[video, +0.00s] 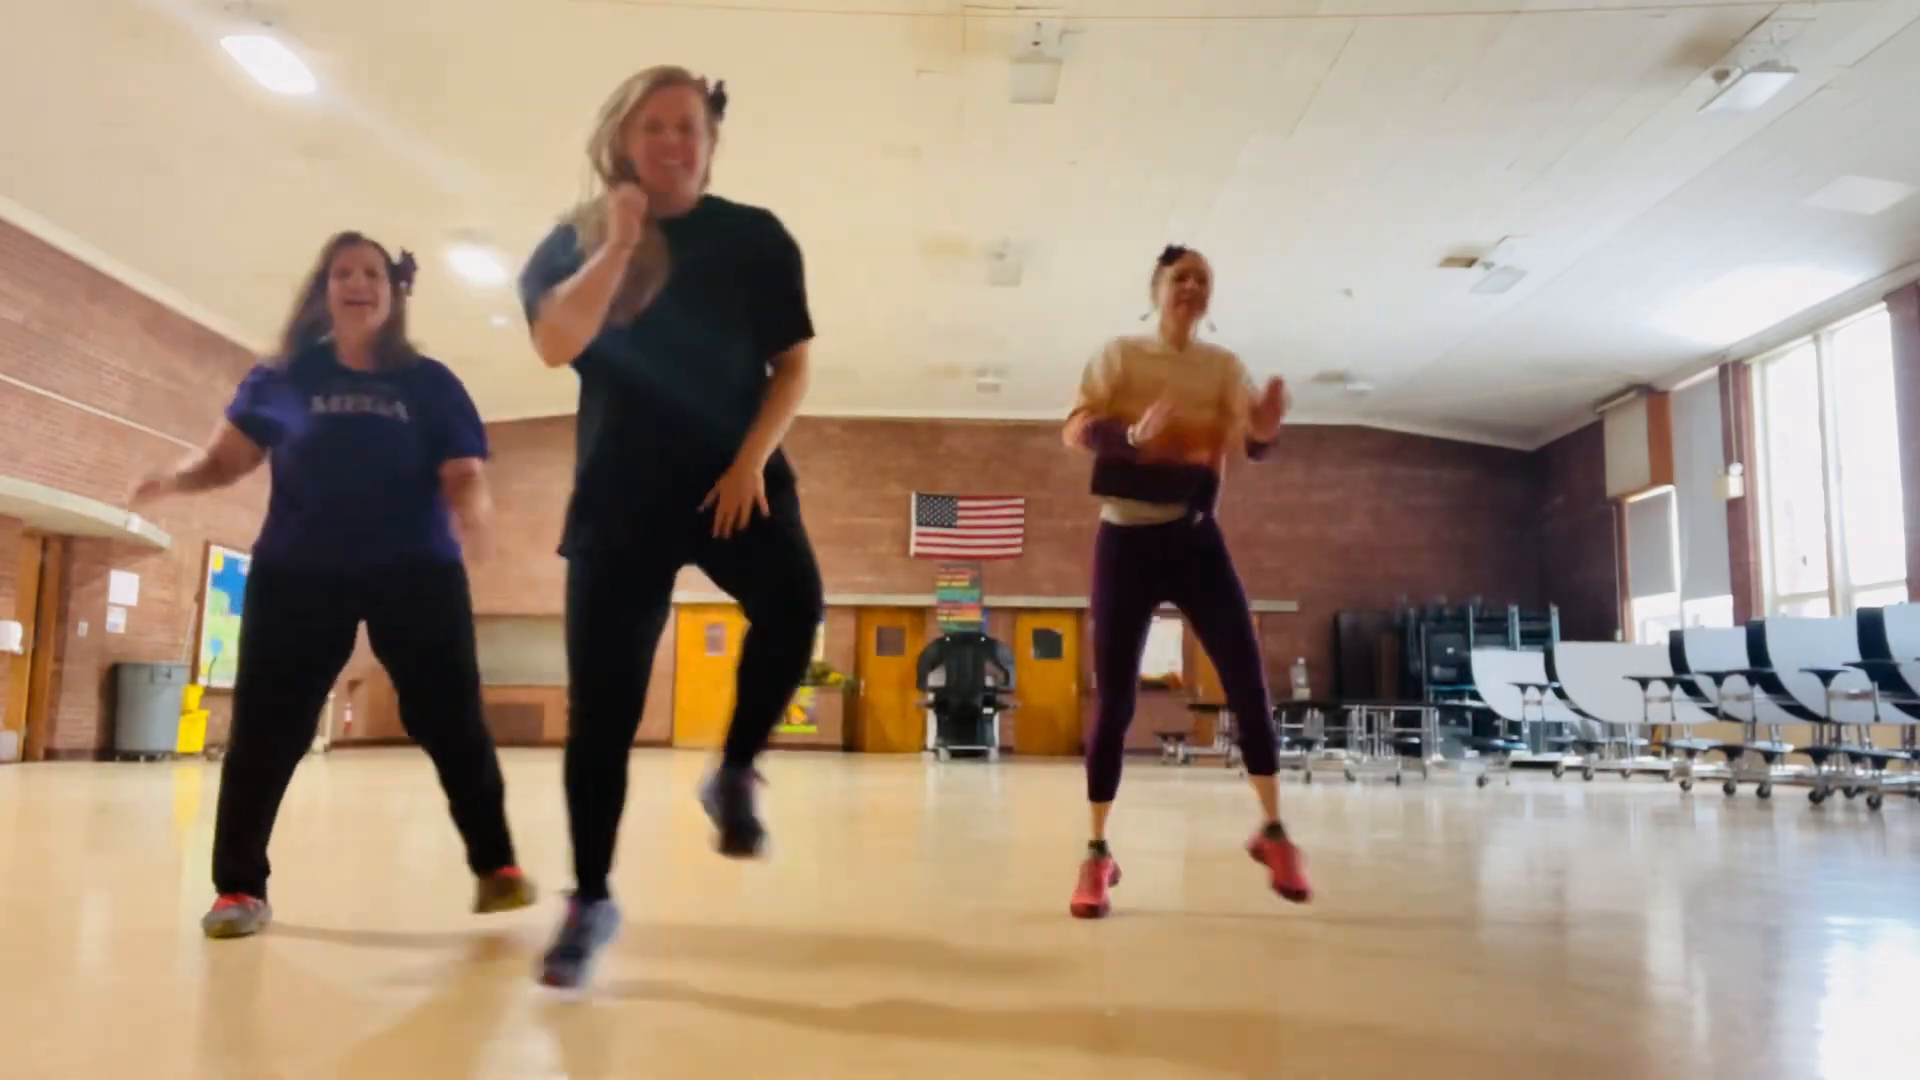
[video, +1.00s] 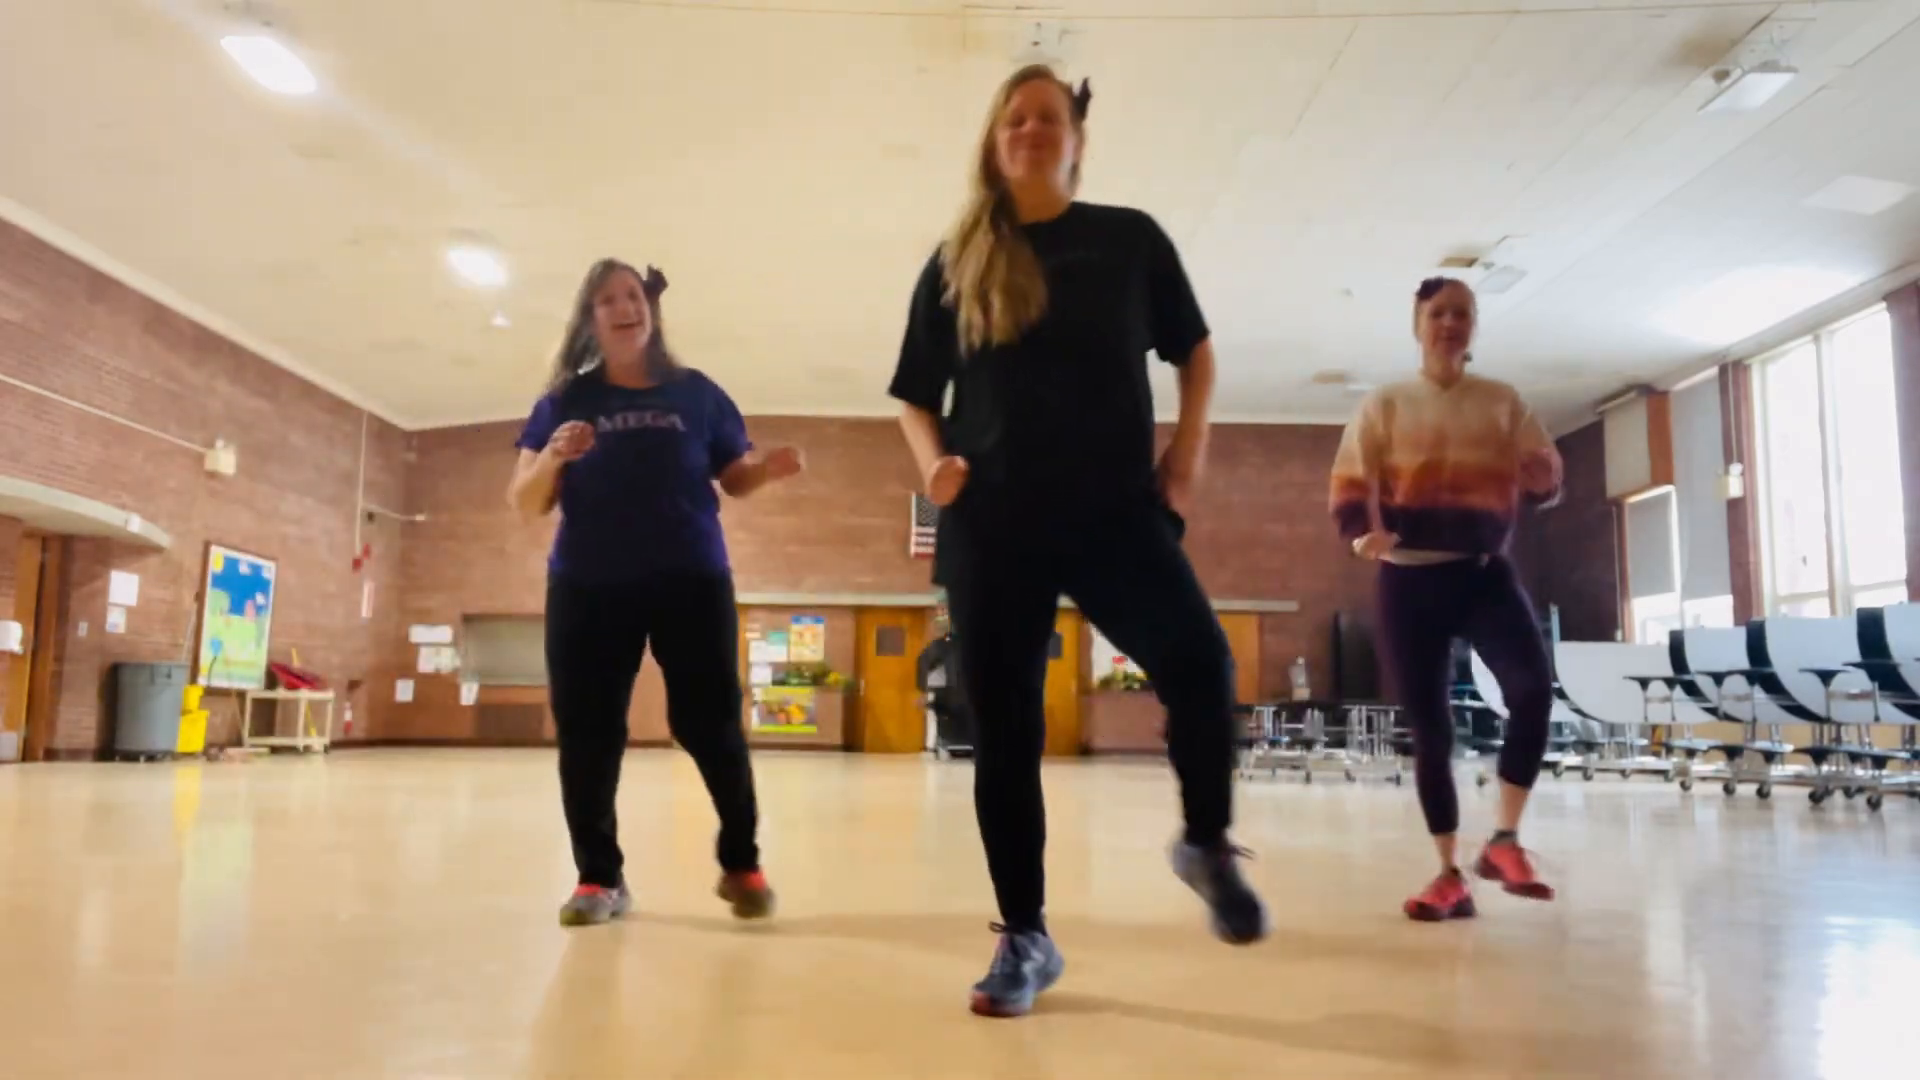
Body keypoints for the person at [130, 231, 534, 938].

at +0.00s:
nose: (357, 284)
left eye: (370, 274)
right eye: (344, 274)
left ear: (394, 293)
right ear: (320, 293)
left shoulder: (430, 382)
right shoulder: (282, 379)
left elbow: (465, 479)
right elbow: (224, 461)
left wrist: (472, 524)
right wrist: (172, 482)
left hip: (415, 574)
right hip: (301, 576)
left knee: (453, 721)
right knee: (265, 734)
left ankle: (496, 869)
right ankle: (239, 891)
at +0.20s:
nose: (451, 311)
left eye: (467, 301)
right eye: (441, 298)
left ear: (495, 316)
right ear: (421, 307)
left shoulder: (513, 409)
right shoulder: (374, 394)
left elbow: (564, 503)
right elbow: (330, 484)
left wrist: (622, 578)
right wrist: (284, 561)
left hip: (472, 597)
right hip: (359, 586)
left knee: (500, 745)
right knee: (294, 734)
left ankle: (541, 896)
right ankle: (240, 887)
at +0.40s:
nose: (540, 297)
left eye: (556, 288)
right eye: (531, 284)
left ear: (581, 309)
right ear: (511, 299)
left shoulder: (603, 404)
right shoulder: (465, 373)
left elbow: (661, 495)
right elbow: (413, 463)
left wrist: (692, 577)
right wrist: (359, 543)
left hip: (538, 589)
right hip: (435, 572)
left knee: (537, 738)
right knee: (388, 707)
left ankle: (542, 896)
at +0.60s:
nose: (583, 298)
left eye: (596, 290)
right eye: (572, 288)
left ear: (618, 309)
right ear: (552, 304)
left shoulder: (642, 404)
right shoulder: (509, 381)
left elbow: (668, 505)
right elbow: (457, 468)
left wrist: (693, 590)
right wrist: (420, 521)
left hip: (596, 591)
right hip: (503, 583)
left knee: (570, 738)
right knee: (521, 737)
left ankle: (544, 894)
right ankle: (584, 861)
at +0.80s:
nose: (592, 316)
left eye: (600, 305)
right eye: (577, 307)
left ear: (617, 316)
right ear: (553, 324)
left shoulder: (662, 402)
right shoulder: (531, 412)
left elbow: (696, 493)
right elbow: (485, 506)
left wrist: (730, 545)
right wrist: (503, 532)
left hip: (655, 594)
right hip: (560, 597)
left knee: (649, 735)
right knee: (566, 740)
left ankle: (625, 878)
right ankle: (593, 872)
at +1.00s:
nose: (625, 308)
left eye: (633, 296)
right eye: (609, 300)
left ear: (652, 309)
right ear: (589, 319)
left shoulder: (699, 394)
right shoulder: (564, 404)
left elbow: (734, 480)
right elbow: (528, 504)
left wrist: (763, 467)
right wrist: (553, 457)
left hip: (689, 583)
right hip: (592, 588)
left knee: (712, 726)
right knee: (587, 738)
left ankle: (742, 864)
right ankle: (599, 880)